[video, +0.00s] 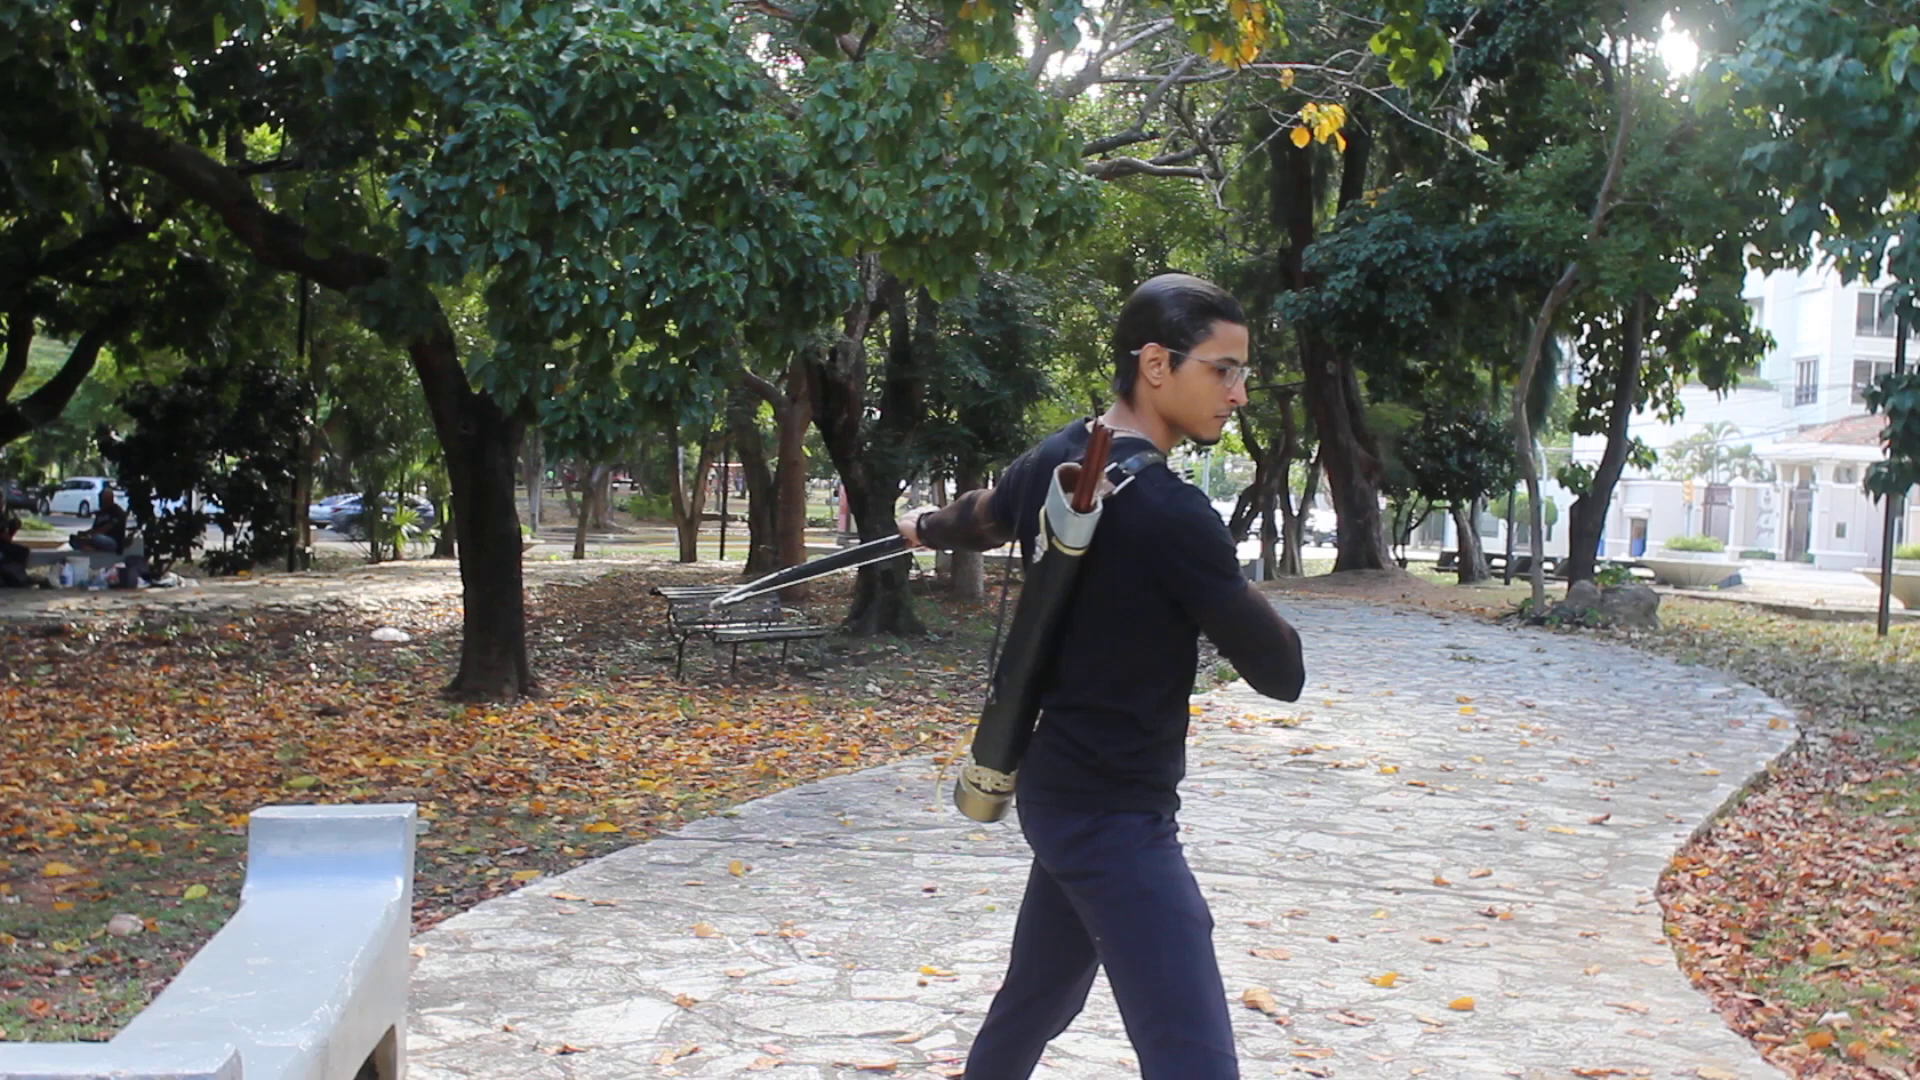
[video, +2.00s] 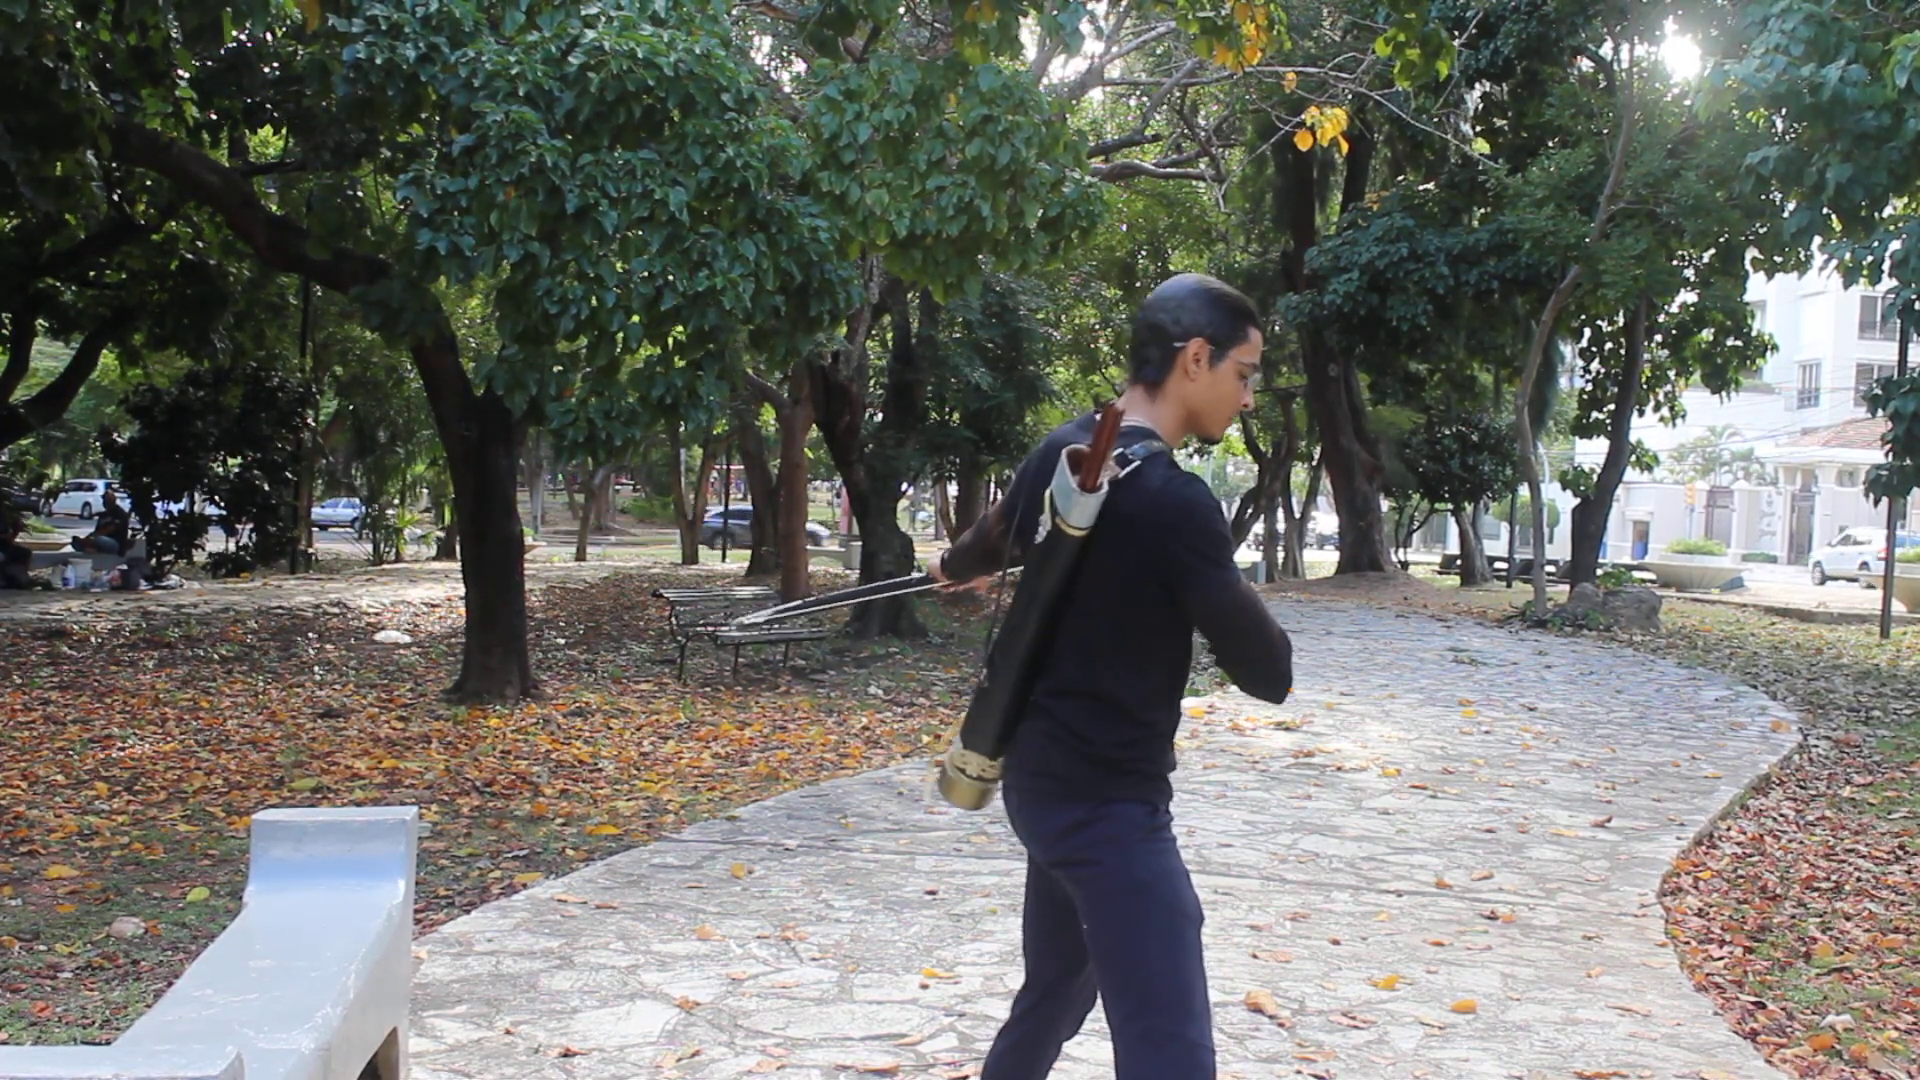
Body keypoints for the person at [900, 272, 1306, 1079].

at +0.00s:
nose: (1241, 392)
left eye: (1242, 371)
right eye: (1224, 368)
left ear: (1151, 371)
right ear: (1153, 367)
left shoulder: (1063, 451)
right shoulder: (1172, 509)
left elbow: (987, 512)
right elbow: (1282, 673)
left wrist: (929, 525)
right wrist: (1221, 585)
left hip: (1067, 791)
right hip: (1112, 811)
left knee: (1035, 1005)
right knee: (1195, 1055)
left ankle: (981, 1075)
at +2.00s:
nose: (1250, 397)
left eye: (1253, 378)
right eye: (1245, 374)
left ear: (1173, 359)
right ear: (1192, 359)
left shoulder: (1066, 445)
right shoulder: (1174, 496)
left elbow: (985, 543)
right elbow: (1270, 674)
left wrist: (955, 567)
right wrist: (1221, 583)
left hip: (1046, 781)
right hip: (1107, 801)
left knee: (1053, 1000)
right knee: (1171, 1052)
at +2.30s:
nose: (1230, 431)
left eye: (1235, 411)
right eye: (1231, 408)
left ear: (1159, 382)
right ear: (1194, 387)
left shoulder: (1062, 461)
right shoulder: (1169, 513)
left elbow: (974, 568)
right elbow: (1216, 697)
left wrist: (947, 600)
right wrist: (1223, 639)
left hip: (1027, 786)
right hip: (1087, 803)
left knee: (1092, 1013)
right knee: (1144, 1052)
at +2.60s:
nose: (1223, 418)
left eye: (1232, 401)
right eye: (1227, 394)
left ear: (1146, 366)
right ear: (1189, 368)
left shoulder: (1046, 449)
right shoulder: (1150, 481)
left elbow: (986, 596)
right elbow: (1176, 666)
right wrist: (1199, 637)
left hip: (1014, 751)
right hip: (1074, 765)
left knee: (1062, 999)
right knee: (1154, 1022)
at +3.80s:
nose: (1204, 416)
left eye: (1209, 398)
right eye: (1201, 393)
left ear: (1137, 377)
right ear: (1151, 375)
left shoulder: (1071, 457)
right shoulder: (1104, 484)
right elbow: (1170, 653)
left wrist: (1164, 613)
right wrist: (1185, 611)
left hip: (1039, 750)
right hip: (1053, 761)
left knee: (1016, 971)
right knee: (1083, 996)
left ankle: (976, 1074)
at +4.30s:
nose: (1195, 393)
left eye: (1197, 375)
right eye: (1181, 373)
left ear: (1120, 378)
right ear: (1123, 373)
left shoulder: (1031, 460)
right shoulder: (1129, 489)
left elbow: (974, 567)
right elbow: (1216, 631)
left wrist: (949, 601)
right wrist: (1230, 638)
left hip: (1024, 746)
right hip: (1069, 763)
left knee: (1004, 963)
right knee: (1099, 1000)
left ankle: (968, 1072)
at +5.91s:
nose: (1133, 367)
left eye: (1154, 345)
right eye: (1113, 347)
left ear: (1196, 351)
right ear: (1094, 359)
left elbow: (1438, 510)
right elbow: (962, 647)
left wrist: (1619, 541)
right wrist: (1097, 651)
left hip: (1247, 815)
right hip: (1104, 822)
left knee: (1317, 1055)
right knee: (1107, 1063)